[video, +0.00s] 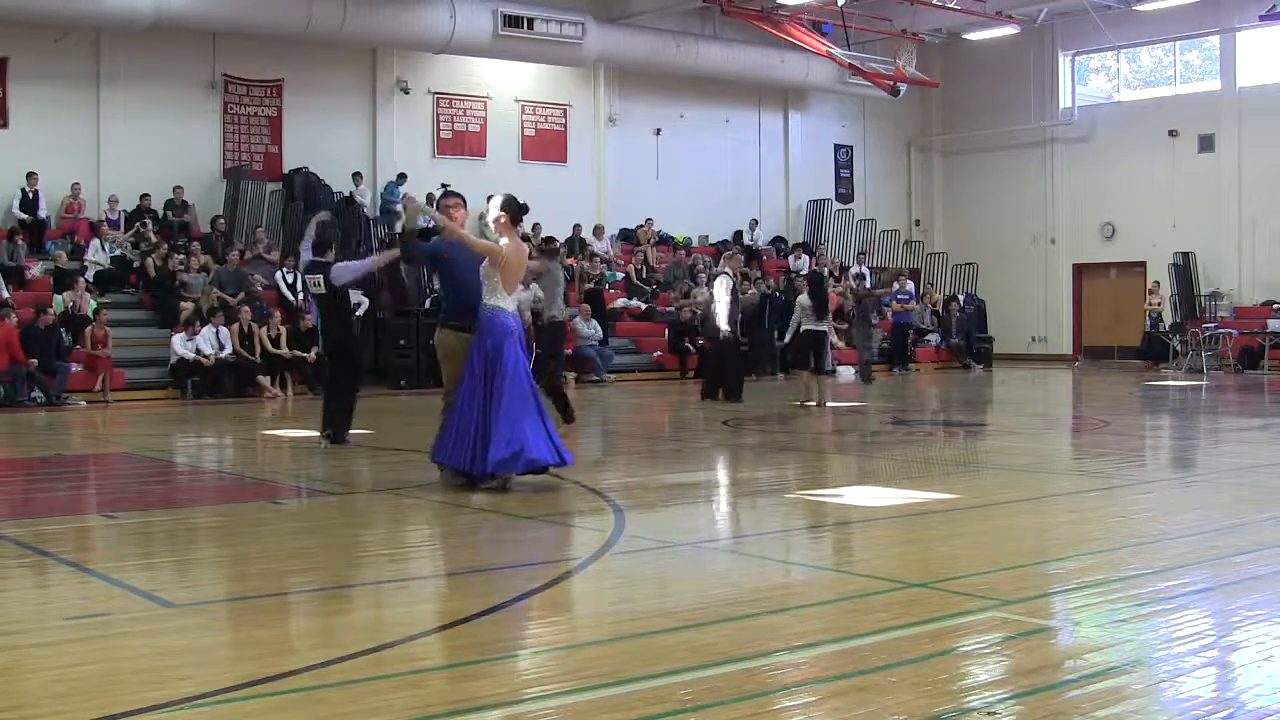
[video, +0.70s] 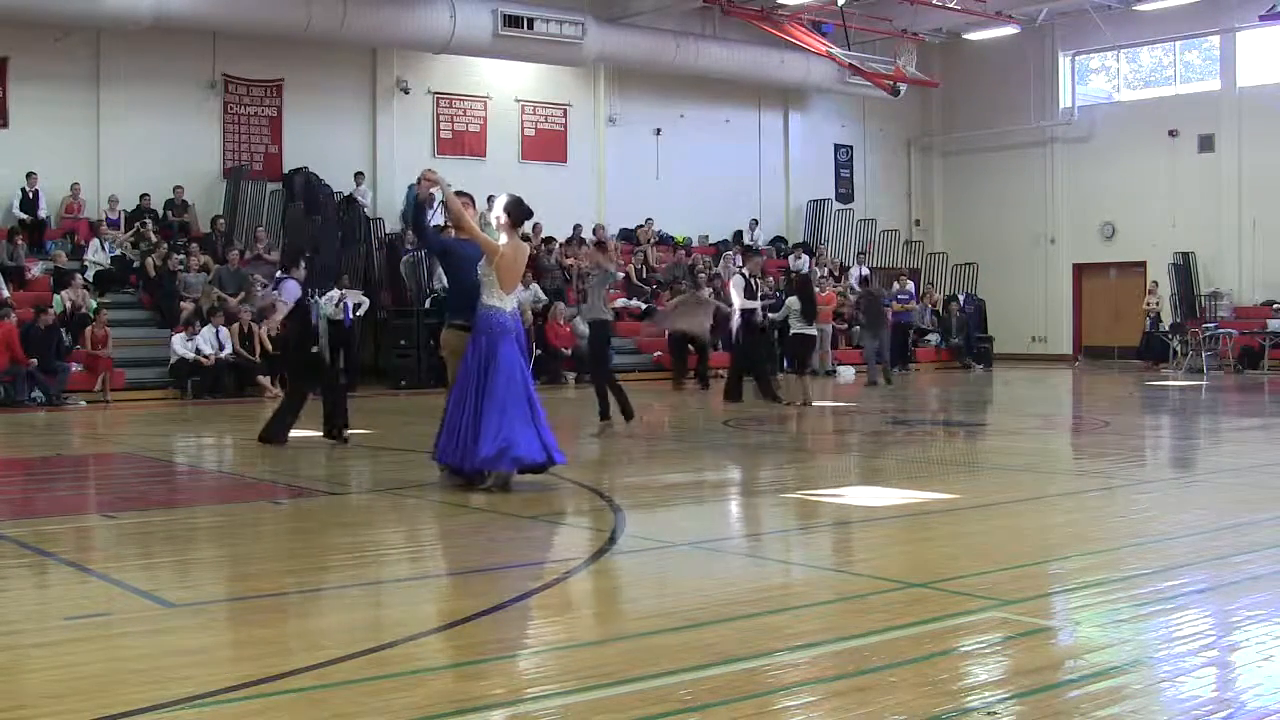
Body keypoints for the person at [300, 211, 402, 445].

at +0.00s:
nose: (337, 251)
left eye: (334, 248)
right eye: (335, 248)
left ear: (313, 250)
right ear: (331, 250)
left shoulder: (308, 269)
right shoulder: (336, 271)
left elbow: (306, 243)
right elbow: (371, 263)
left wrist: (314, 221)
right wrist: (401, 251)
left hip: (327, 332)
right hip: (343, 332)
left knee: (334, 378)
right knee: (348, 379)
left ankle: (328, 427)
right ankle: (338, 432)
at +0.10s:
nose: (332, 245)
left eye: (329, 242)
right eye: (331, 243)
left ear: (313, 246)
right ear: (327, 247)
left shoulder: (306, 262)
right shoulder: (333, 263)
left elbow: (301, 239)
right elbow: (359, 249)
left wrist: (307, 213)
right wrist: (379, 229)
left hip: (326, 325)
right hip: (341, 326)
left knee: (333, 371)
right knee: (346, 373)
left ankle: (328, 421)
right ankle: (338, 428)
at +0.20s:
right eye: (326, 242)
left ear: (307, 245)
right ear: (324, 244)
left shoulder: (303, 260)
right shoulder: (327, 259)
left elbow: (298, 234)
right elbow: (353, 231)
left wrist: (306, 208)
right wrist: (356, 207)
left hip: (322, 320)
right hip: (338, 320)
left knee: (330, 369)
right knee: (346, 369)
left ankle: (317, 418)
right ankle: (336, 425)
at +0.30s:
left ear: (302, 235)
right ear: (321, 236)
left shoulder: (301, 257)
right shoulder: (321, 258)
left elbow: (291, 232)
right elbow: (339, 229)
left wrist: (300, 211)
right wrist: (332, 207)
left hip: (323, 319)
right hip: (336, 320)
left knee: (325, 370)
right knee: (340, 372)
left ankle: (299, 418)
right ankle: (337, 427)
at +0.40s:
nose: (325, 243)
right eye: (321, 241)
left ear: (305, 249)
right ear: (314, 246)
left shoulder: (306, 263)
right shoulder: (314, 261)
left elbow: (288, 253)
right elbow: (322, 237)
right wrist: (324, 211)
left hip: (322, 323)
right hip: (331, 323)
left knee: (314, 374)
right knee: (338, 375)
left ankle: (288, 418)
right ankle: (337, 426)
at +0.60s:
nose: (313, 263)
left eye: (312, 259)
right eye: (311, 259)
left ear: (292, 259)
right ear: (303, 259)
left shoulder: (284, 275)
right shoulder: (301, 276)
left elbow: (266, 289)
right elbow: (292, 295)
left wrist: (261, 284)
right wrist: (280, 311)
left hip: (297, 340)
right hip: (308, 341)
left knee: (297, 388)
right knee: (334, 379)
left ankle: (274, 431)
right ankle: (335, 428)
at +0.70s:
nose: (306, 271)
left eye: (305, 266)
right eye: (303, 266)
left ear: (287, 267)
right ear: (295, 267)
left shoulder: (282, 282)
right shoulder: (292, 286)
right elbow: (277, 317)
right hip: (298, 348)